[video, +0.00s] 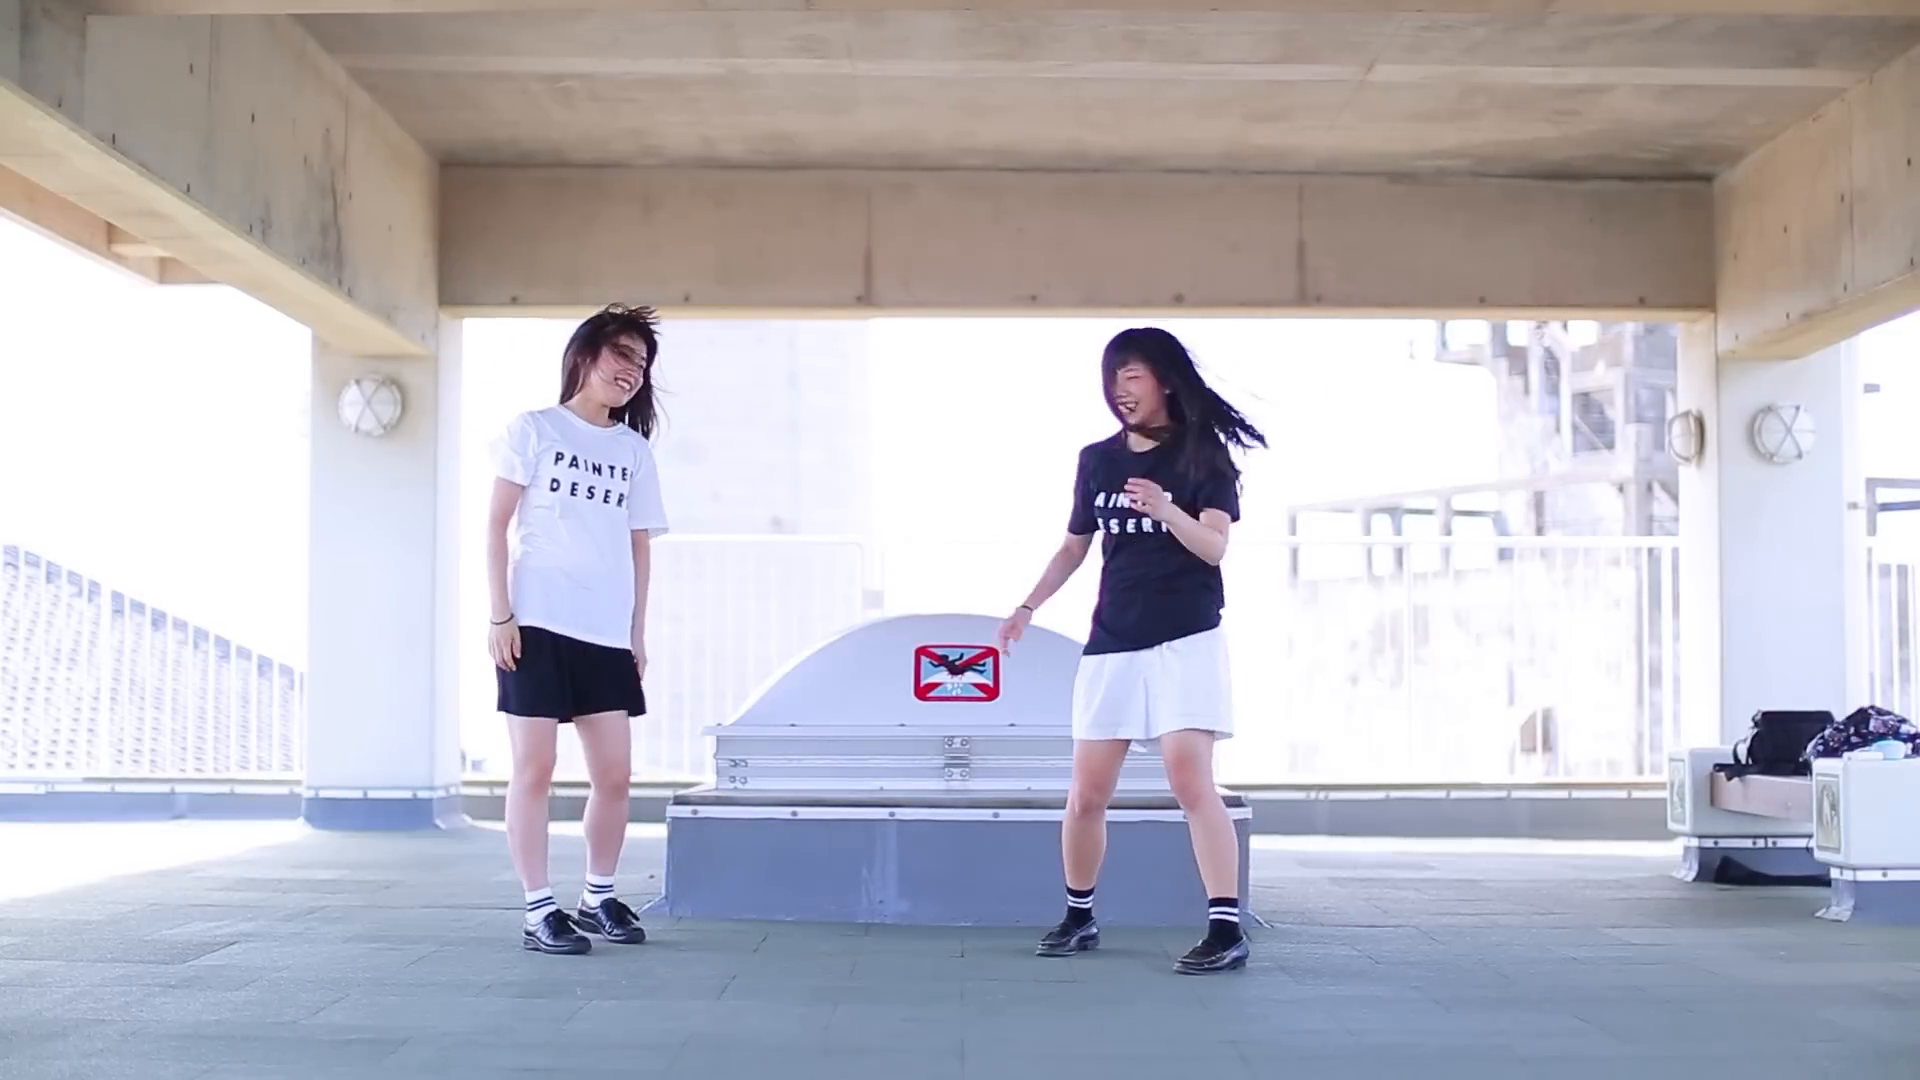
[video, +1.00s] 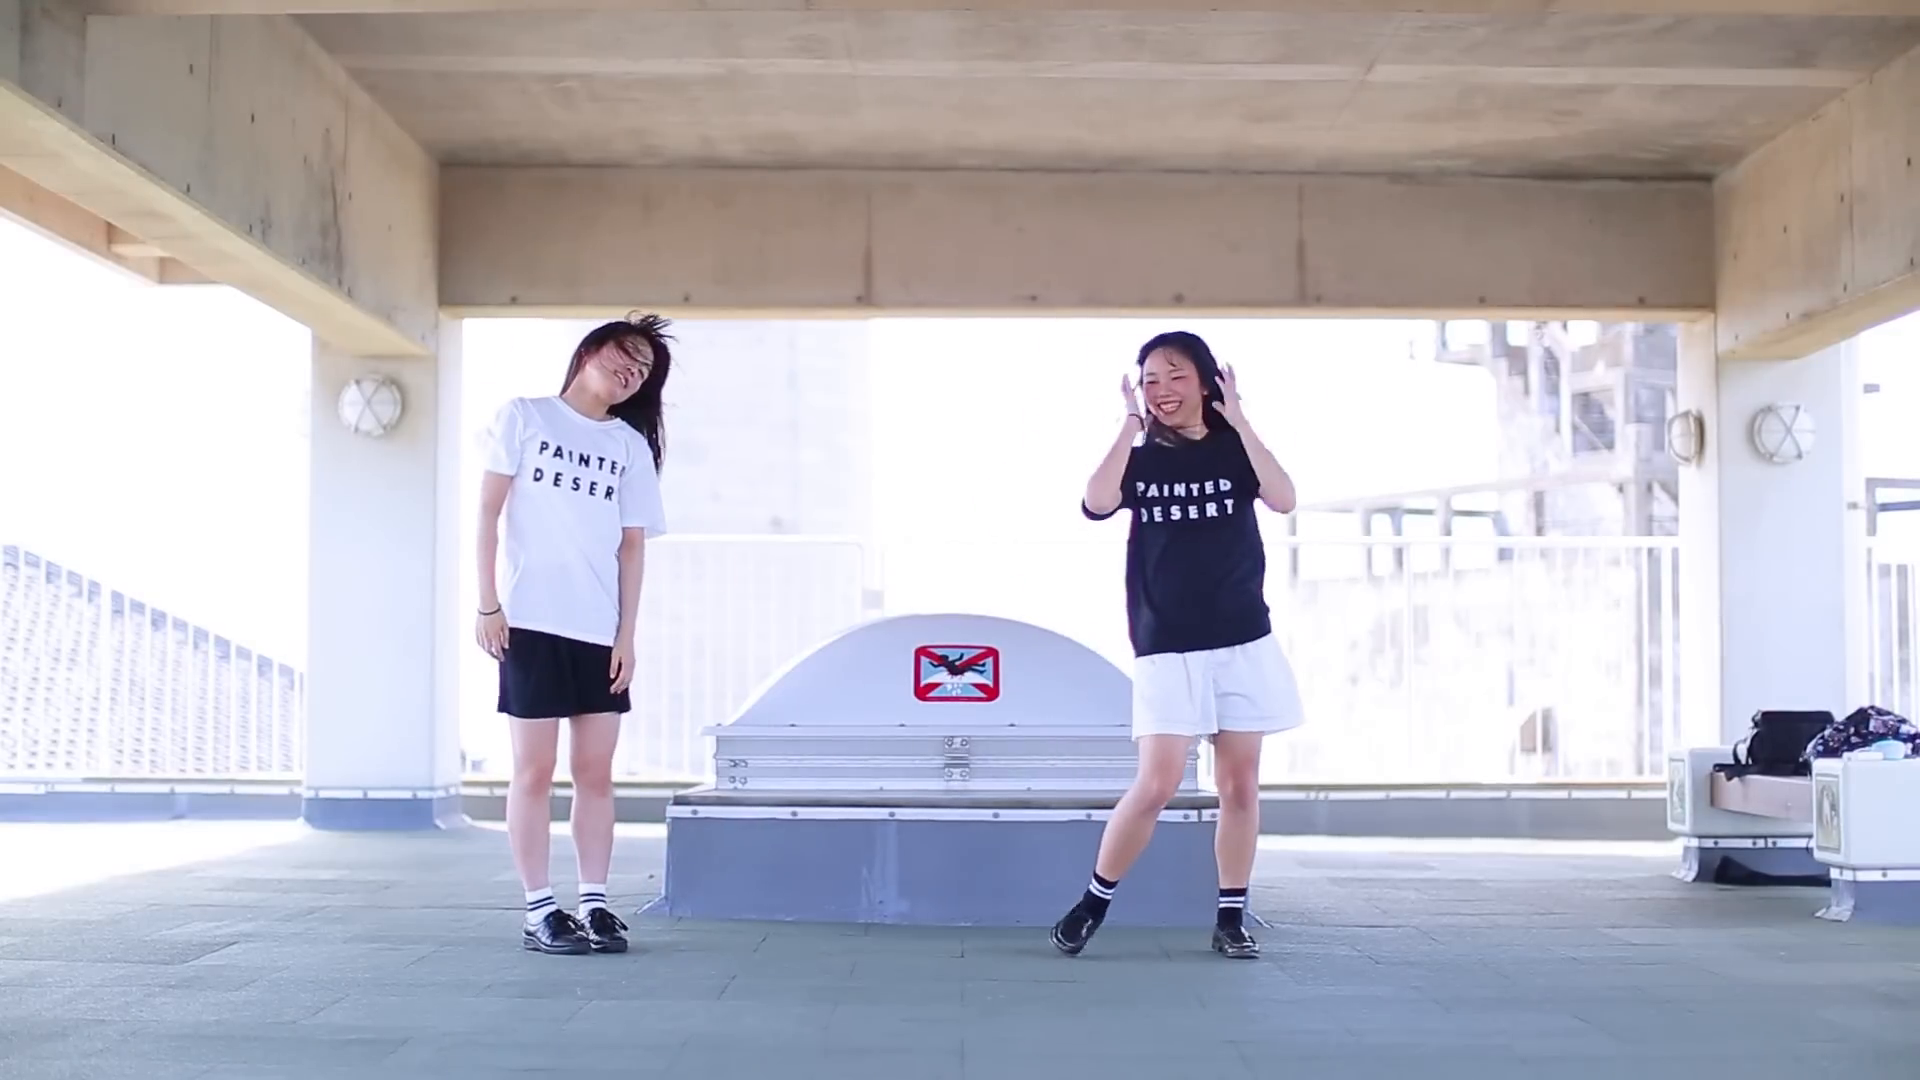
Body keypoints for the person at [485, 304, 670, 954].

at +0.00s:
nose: (627, 370)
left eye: (638, 363)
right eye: (617, 355)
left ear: (642, 377)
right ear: (584, 355)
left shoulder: (635, 450)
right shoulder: (535, 428)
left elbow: (639, 550)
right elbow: (497, 526)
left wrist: (637, 636)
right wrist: (501, 614)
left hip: (607, 634)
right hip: (536, 624)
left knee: (614, 776)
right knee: (534, 772)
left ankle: (600, 897)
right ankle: (539, 909)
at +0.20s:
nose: (617, 364)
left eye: (628, 356)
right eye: (606, 348)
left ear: (633, 369)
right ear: (574, 351)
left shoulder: (626, 444)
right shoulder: (530, 425)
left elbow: (630, 542)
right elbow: (495, 523)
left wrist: (630, 629)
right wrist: (503, 615)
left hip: (605, 633)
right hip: (536, 627)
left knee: (615, 776)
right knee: (535, 773)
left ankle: (601, 898)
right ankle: (541, 910)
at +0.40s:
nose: (617, 362)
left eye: (628, 355)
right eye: (607, 346)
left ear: (633, 368)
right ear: (574, 346)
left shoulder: (628, 440)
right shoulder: (526, 423)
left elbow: (635, 538)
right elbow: (502, 522)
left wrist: (633, 625)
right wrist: (515, 609)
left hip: (606, 629)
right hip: (540, 624)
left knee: (601, 773)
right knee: (539, 772)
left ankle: (596, 906)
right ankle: (541, 911)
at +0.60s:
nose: (628, 366)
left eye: (638, 364)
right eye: (620, 351)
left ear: (637, 381)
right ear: (587, 348)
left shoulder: (632, 444)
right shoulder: (526, 418)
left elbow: (639, 542)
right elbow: (497, 517)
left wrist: (638, 630)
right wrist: (510, 607)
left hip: (605, 632)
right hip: (537, 625)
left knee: (596, 773)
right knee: (536, 772)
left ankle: (594, 906)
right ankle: (541, 911)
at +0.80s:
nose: (631, 371)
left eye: (642, 372)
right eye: (626, 355)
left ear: (639, 387)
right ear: (594, 349)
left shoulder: (633, 447)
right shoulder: (527, 415)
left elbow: (633, 548)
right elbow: (492, 512)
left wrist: (627, 634)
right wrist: (490, 604)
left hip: (600, 629)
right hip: (530, 621)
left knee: (596, 773)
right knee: (535, 772)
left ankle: (595, 906)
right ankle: (541, 911)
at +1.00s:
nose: (629, 367)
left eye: (640, 368)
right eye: (623, 352)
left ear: (637, 385)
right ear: (590, 348)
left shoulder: (632, 447)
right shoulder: (524, 416)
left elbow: (632, 546)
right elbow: (488, 514)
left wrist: (627, 632)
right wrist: (489, 604)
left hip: (601, 629)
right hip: (531, 620)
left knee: (596, 773)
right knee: (535, 772)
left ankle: (595, 906)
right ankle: (541, 911)